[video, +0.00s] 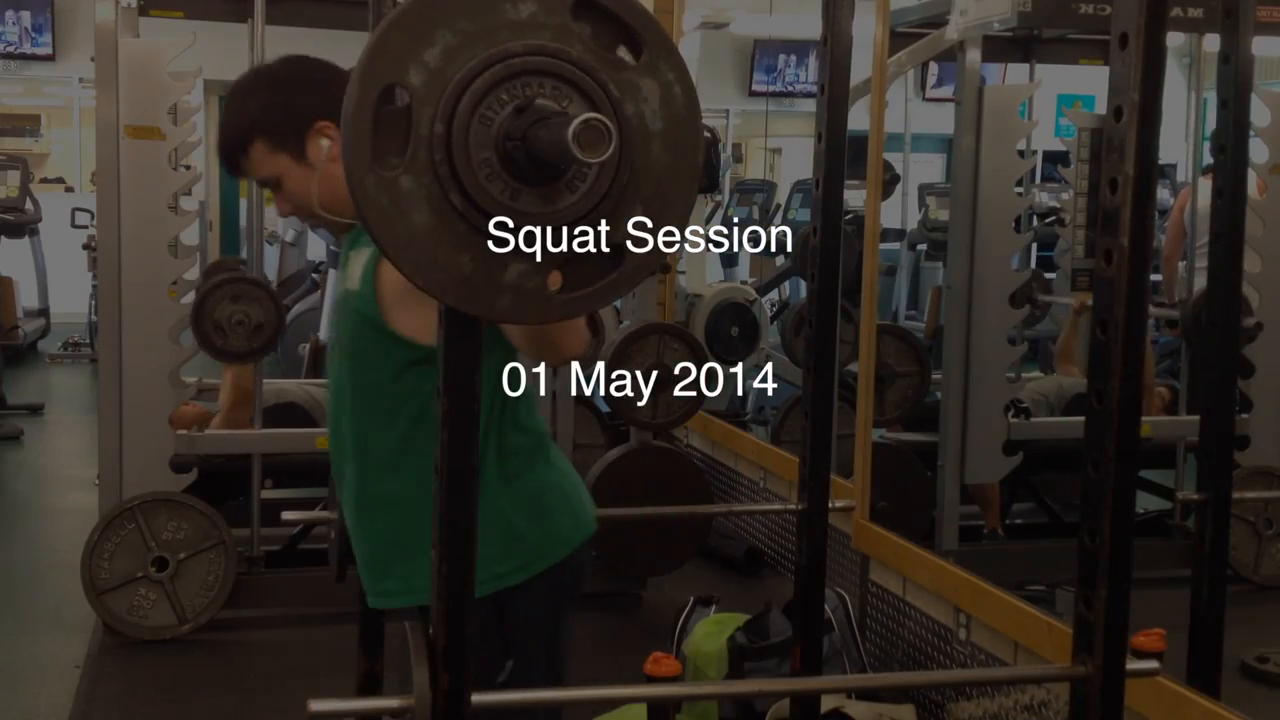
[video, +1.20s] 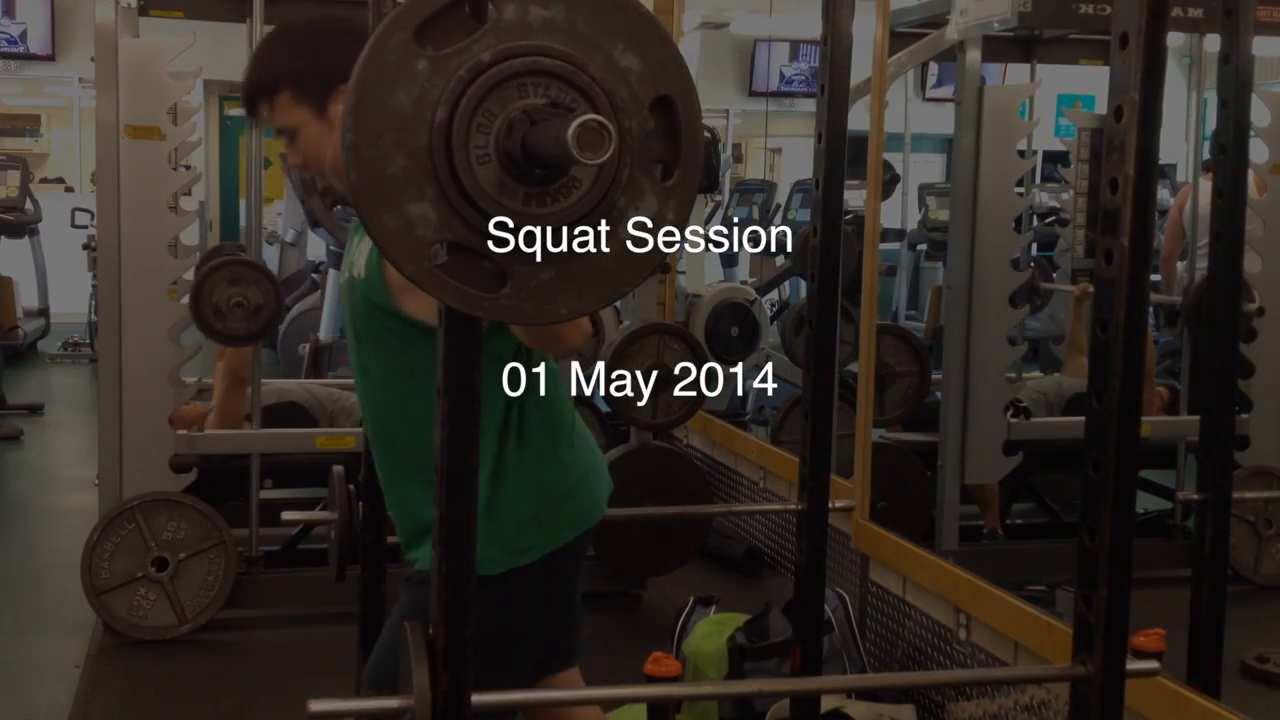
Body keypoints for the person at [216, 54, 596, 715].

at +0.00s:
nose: (280, 210)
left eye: (275, 184)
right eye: (268, 191)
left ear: (326, 144)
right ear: (327, 147)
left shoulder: (416, 245)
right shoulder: (363, 244)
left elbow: (560, 345)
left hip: (497, 566)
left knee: (509, 717)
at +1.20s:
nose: (291, 159)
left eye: (292, 134)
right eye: (281, 140)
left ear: (346, 107)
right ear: (335, 115)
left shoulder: (405, 230)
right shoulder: (374, 226)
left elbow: (567, 332)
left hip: (500, 524)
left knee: (391, 695)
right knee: (554, 686)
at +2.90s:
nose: (293, 148)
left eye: (296, 124)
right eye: (287, 129)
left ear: (351, 104)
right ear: (341, 110)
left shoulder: (412, 226)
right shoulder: (388, 227)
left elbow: (586, 320)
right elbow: (585, 319)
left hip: (519, 514)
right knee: (569, 684)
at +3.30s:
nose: (298, 121)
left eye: (308, 95)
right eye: (298, 99)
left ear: (369, 88)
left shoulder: (414, 223)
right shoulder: (374, 223)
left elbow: (574, 327)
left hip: (456, 554)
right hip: (409, 547)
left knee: (354, 713)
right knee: (352, 700)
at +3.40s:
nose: (296, 120)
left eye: (305, 94)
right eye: (295, 98)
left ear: (368, 86)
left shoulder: (410, 222)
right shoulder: (371, 221)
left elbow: (572, 326)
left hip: (447, 546)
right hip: (402, 539)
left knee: (347, 714)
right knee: (351, 704)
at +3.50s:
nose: (296, 120)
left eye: (305, 95)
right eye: (295, 98)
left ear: (369, 89)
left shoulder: (414, 223)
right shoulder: (369, 224)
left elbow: (571, 328)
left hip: (450, 544)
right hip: (395, 535)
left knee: (348, 714)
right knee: (334, 696)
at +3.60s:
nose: (296, 121)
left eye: (305, 96)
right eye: (295, 99)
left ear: (367, 88)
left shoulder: (415, 221)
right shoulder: (369, 221)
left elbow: (569, 330)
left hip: (452, 544)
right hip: (395, 534)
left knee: (350, 713)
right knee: (332, 696)